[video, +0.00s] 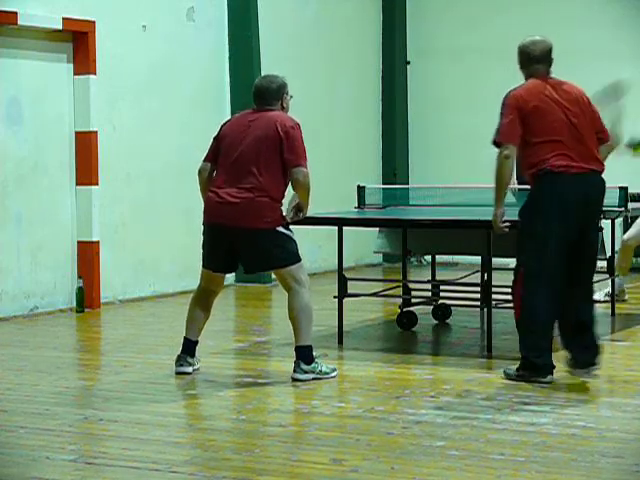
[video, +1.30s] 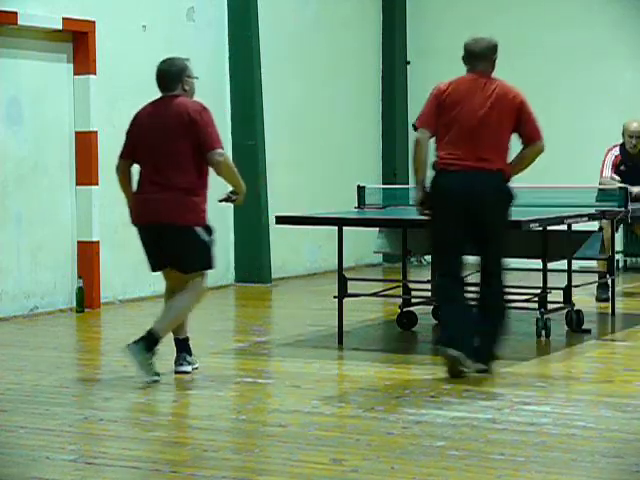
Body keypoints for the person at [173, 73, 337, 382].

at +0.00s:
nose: (290, 102)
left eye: (289, 98)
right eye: (289, 98)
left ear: (256, 100)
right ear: (282, 101)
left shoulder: (232, 123)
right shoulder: (286, 125)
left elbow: (205, 171)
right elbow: (300, 177)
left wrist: (215, 206)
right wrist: (302, 202)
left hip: (217, 219)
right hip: (262, 219)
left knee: (207, 287)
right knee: (298, 285)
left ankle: (186, 355)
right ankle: (305, 362)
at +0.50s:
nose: (265, 99)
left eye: (262, 95)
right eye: (263, 95)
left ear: (229, 98)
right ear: (259, 98)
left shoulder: (208, 123)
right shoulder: (275, 124)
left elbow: (177, 163)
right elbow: (326, 159)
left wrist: (166, 204)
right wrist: (321, 168)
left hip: (206, 216)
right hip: (252, 215)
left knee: (197, 287)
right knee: (286, 283)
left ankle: (185, 354)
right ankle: (305, 355)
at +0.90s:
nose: (244, 103)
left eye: (242, 98)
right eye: (242, 99)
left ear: (209, 105)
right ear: (235, 102)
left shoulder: (190, 135)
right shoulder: (253, 130)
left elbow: (158, 179)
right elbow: (291, 167)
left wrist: (147, 221)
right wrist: (298, 198)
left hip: (200, 228)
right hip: (245, 225)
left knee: (195, 287)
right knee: (282, 288)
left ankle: (185, 355)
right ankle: (305, 359)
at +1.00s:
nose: (227, 96)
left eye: (225, 91)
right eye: (225, 92)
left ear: (194, 97)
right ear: (220, 95)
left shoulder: (175, 128)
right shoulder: (235, 124)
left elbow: (147, 174)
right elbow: (258, 162)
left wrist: (140, 213)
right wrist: (278, 195)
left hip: (186, 222)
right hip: (230, 219)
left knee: (189, 287)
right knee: (264, 283)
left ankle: (185, 355)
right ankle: (293, 354)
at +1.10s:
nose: (215, 89)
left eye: (213, 85)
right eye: (213, 85)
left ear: (183, 89)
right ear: (205, 88)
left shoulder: (162, 121)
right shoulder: (219, 116)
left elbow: (137, 167)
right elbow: (237, 157)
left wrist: (139, 206)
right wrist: (261, 193)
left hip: (173, 218)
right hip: (215, 215)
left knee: (185, 284)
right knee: (245, 278)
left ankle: (184, 355)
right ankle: (246, 354)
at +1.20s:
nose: (204, 84)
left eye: (202, 79)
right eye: (201, 80)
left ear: (172, 84)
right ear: (193, 83)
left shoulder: (152, 116)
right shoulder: (206, 111)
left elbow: (131, 167)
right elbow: (224, 155)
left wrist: (138, 204)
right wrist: (248, 187)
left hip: (161, 214)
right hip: (201, 212)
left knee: (180, 282)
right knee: (223, 281)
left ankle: (183, 355)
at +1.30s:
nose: (195, 84)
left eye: (193, 79)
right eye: (192, 79)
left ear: (163, 83)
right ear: (184, 82)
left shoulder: (143, 115)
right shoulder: (195, 111)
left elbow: (123, 166)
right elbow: (217, 159)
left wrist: (132, 200)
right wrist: (240, 187)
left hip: (147, 214)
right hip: (184, 213)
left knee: (173, 282)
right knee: (197, 285)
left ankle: (183, 354)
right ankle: (146, 344)